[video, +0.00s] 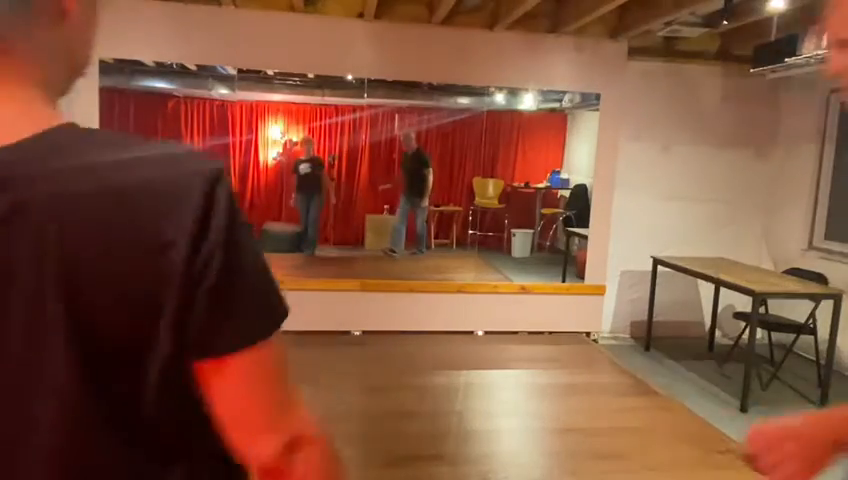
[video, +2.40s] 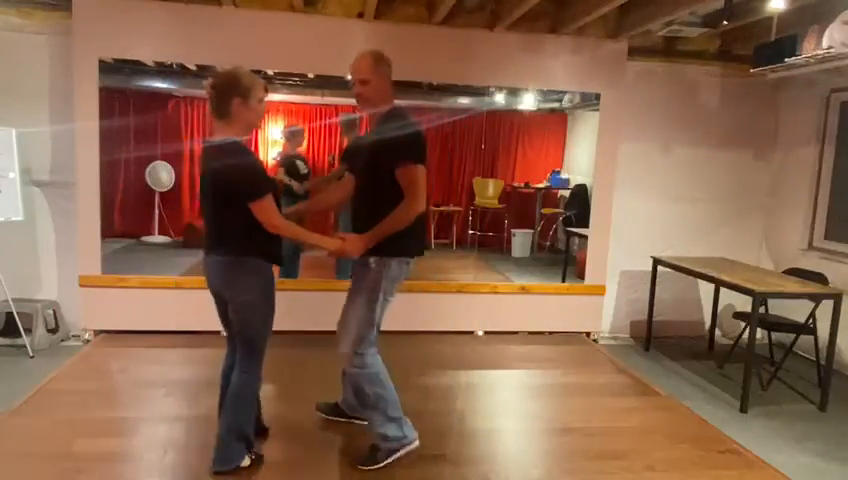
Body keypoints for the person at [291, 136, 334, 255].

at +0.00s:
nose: (308, 148)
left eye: (310, 145)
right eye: (306, 145)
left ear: (313, 146)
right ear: (302, 147)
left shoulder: (318, 161)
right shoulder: (298, 162)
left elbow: (325, 178)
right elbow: (295, 181)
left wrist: (330, 194)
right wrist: (294, 196)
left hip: (316, 193)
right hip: (302, 193)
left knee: (312, 220)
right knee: (303, 220)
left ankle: (310, 247)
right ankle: (303, 245)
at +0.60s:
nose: (297, 147)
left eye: (300, 144)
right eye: (295, 144)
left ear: (305, 144)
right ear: (291, 144)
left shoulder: (310, 159)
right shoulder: (287, 159)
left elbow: (315, 174)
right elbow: (282, 178)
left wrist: (319, 187)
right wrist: (276, 191)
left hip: (305, 192)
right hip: (290, 192)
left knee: (303, 221)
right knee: (289, 222)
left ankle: (307, 247)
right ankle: (288, 252)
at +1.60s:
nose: (299, 141)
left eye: (299, 138)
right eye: (297, 138)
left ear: (297, 139)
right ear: (289, 138)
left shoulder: (303, 158)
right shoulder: (275, 157)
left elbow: (311, 176)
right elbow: (269, 179)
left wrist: (324, 184)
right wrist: (267, 198)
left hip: (299, 198)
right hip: (281, 198)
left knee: (298, 231)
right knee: (280, 231)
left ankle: (294, 264)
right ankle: (280, 268)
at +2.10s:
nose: (302, 141)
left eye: (302, 138)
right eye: (299, 138)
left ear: (298, 140)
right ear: (290, 138)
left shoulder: (302, 159)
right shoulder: (280, 158)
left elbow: (309, 178)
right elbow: (273, 176)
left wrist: (323, 185)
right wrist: (281, 183)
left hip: (302, 200)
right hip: (285, 200)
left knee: (298, 236)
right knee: (283, 234)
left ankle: (292, 271)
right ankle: (278, 267)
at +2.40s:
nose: (303, 140)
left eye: (303, 137)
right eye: (301, 137)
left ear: (289, 138)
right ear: (295, 138)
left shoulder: (301, 158)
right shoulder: (286, 160)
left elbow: (307, 179)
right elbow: (280, 178)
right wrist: (296, 185)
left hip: (299, 200)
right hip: (287, 200)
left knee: (295, 235)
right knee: (288, 235)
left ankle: (291, 269)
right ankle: (287, 269)